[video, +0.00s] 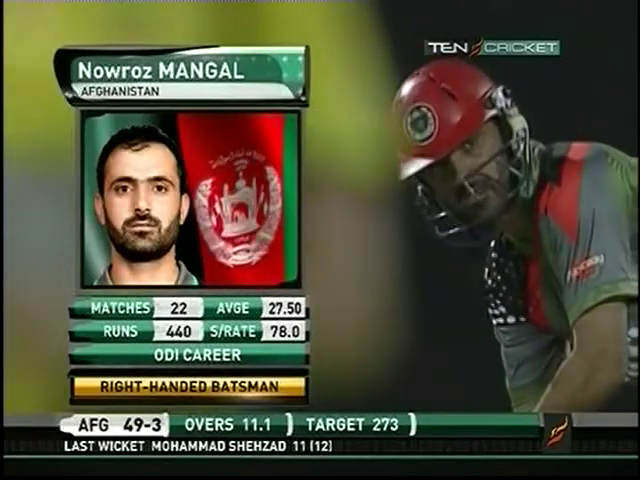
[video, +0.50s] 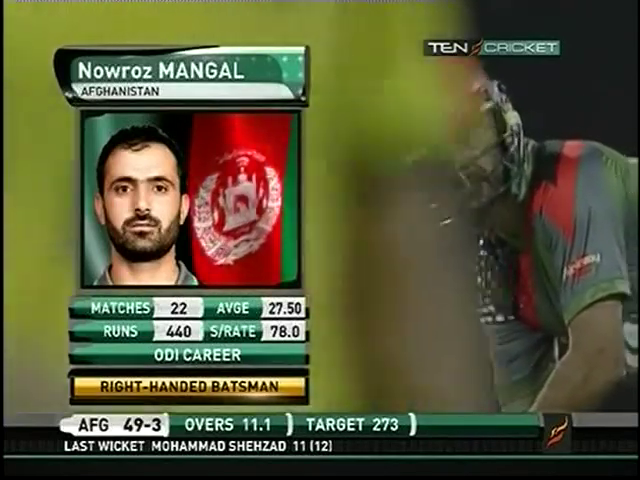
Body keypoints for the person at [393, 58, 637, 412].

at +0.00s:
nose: (462, 174)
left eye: (470, 145)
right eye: (438, 166)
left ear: (507, 127)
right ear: (424, 187)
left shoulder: (581, 180)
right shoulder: (508, 274)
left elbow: (601, 363)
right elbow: (534, 412)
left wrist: (521, 447)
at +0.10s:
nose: (463, 173)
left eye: (472, 145)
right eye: (440, 166)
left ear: (508, 127)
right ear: (425, 186)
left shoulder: (582, 181)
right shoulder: (506, 269)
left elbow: (602, 363)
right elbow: (531, 413)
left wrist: (522, 450)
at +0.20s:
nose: (467, 173)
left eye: (475, 144)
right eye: (443, 166)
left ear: (510, 124)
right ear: (425, 187)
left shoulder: (584, 181)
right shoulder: (507, 272)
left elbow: (605, 361)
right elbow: (531, 415)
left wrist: (523, 449)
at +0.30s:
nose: (465, 166)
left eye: (474, 138)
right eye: (442, 159)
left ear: (512, 123)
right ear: (426, 178)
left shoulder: (585, 181)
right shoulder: (507, 260)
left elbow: (605, 360)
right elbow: (529, 412)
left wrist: (524, 449)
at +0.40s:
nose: (462, 164)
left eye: (472, 136)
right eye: (439, 154)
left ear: (510, 122)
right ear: (419, 171)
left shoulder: (583, 176)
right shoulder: (505, 266)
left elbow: (603, 359)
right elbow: (528, 413)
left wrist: (519, 453)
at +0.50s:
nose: (459, 159)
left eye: (469, 134)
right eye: (443, 144)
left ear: (505, 120)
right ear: (427, 158)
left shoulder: (574, 178)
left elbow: (598, 360)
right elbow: (518, 401)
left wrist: (517, 451)